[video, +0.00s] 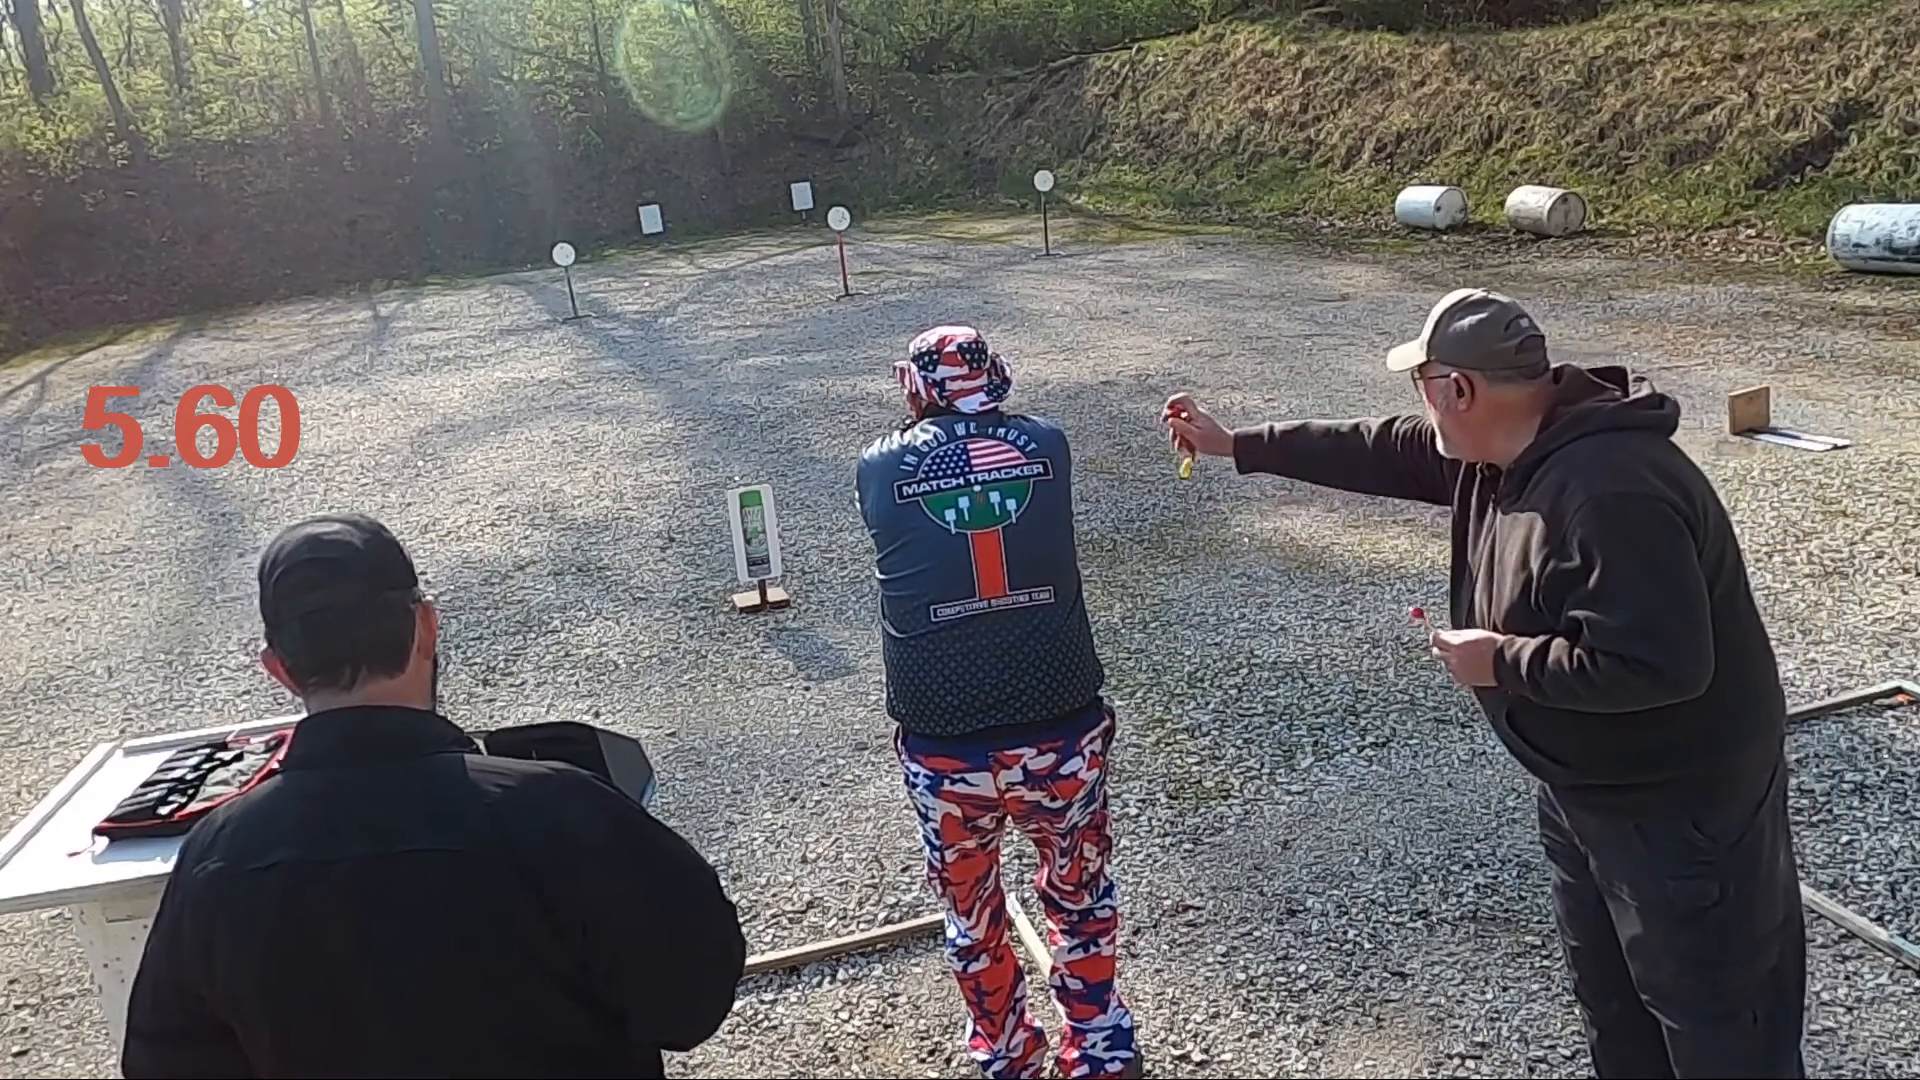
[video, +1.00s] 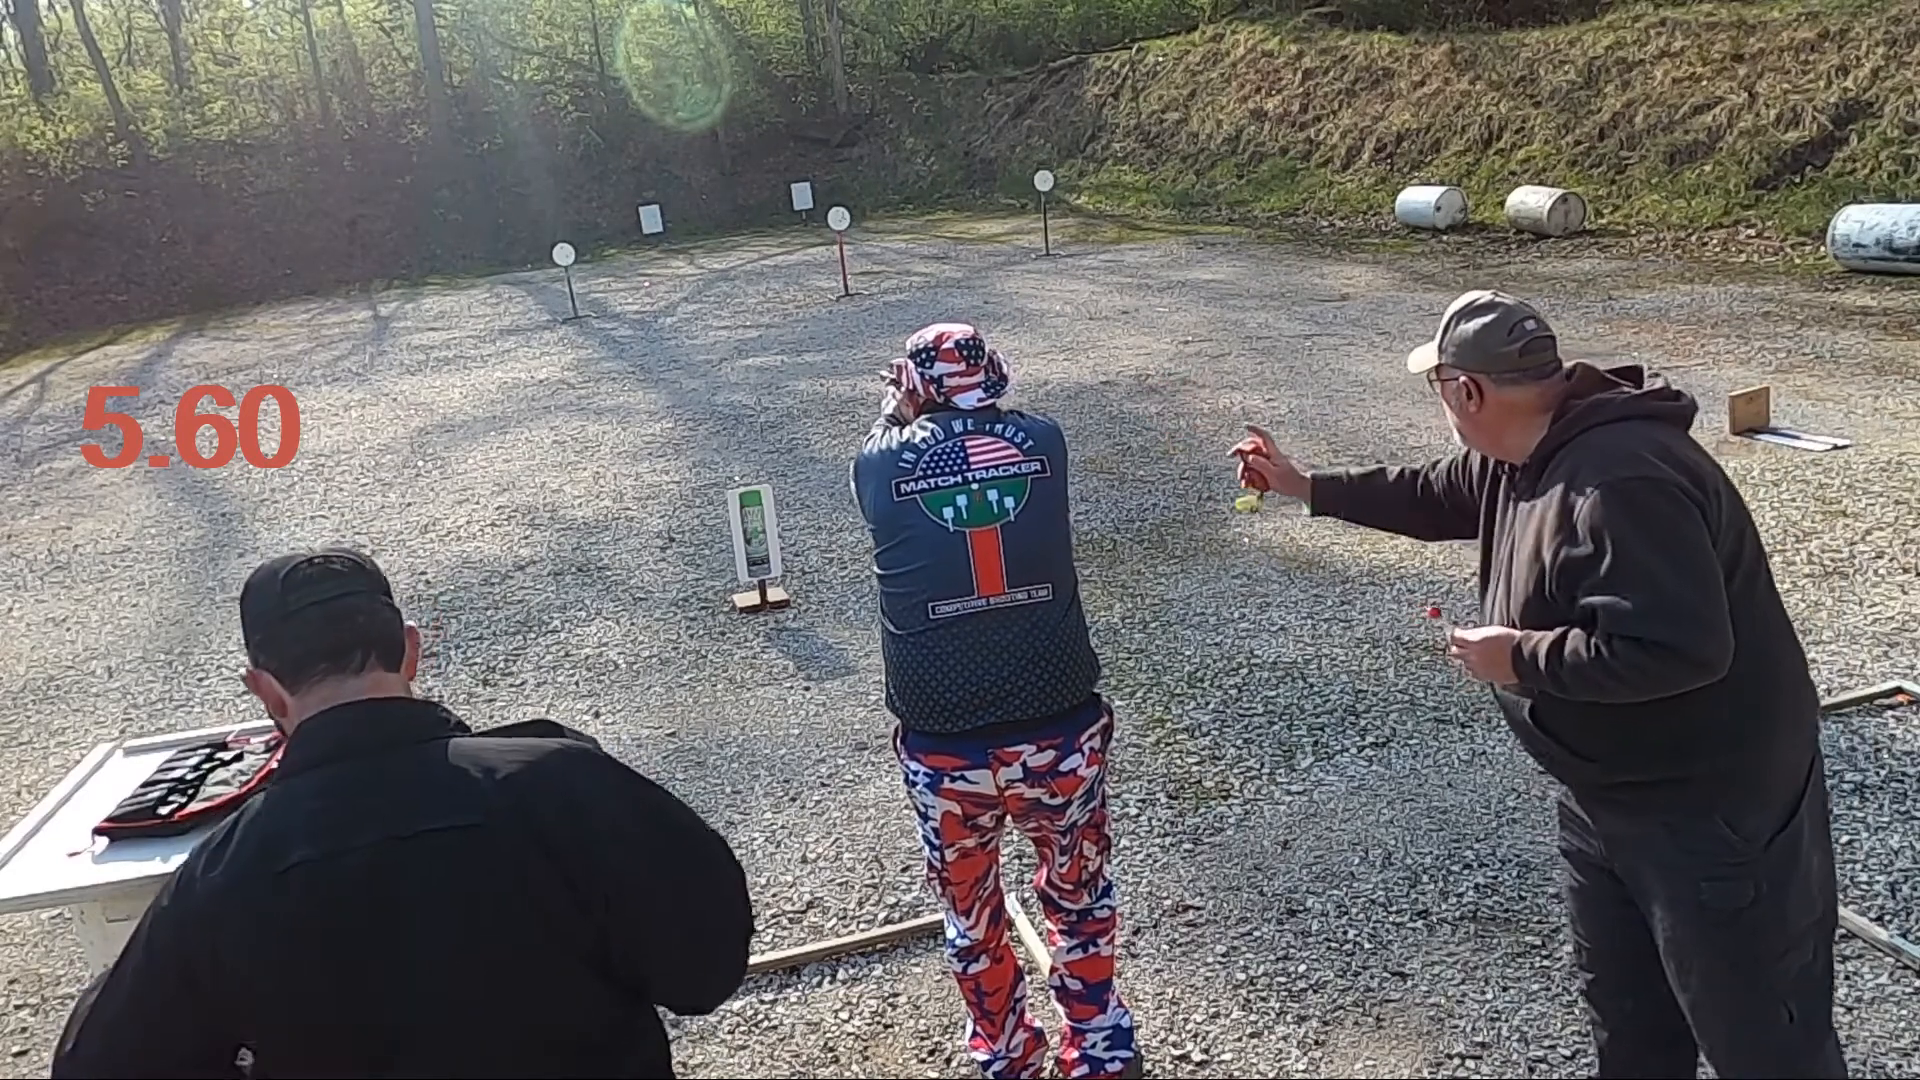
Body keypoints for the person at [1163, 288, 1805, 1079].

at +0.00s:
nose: (1422, 404)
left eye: (1424, 388)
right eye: (1422, 388)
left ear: (1462, 391)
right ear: (1484, 387)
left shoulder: (1612, 492)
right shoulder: (1502, 454)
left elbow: (1664, 666)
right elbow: (1381, 451)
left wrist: (1503, 660)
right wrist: (1233, 444)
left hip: (1687, 812)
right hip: (1589, 796)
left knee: (1723, 1042)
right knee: (1622, 1027)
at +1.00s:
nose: (1440, 401)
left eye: (1440, 386)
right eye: (1439, 386)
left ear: (1470, 393)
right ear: (1535, 373)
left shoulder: (1619, 482)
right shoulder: (1522, 462)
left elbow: (1682, 647)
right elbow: (1434, 495)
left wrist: (1521, 655)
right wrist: (1306, 488)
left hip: (1716, 811)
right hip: (1607, 797)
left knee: (1765, 1048)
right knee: (1633, 1036)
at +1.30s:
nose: (1504, 416)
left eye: (1503, 399)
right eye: (1503, 399)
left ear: (1532, 406)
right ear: (1602, 385)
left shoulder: (1667, 512)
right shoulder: (1612, 472)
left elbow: (1714, 689)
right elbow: (1604, 580)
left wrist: (1557, 677)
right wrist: (1487, 569)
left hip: (1763, 842)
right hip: (1654, 816)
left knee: (1812, 1058)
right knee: (1646, 1032)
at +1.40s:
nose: (1532, 422)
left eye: (1533, 405)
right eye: (1532, 404)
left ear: (1564, 413)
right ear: (1634, 390)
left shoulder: (1696, 520)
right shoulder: (1657, 470)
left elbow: (1740, 705)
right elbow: (1647, 587)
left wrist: (1585, 687)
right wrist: (1537, 579)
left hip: (1791, 848)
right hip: (1681, 819)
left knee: (1829, 1062)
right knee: (1657, 1038)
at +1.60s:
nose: (1586, 427)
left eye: (1585, 411)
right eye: (1582, 412)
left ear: (1622, 417)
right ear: (1698, 392)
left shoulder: (1760, 528)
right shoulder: (1706, 486)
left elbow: (1807, 721)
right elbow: (1697, 594)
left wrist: (1639, 699)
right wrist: (1585, 589)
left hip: (1833, 876)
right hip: (1722, 852)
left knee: (1848, 1064)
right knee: (1684, 1057)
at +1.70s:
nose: (1611, 426)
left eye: (1612, 409)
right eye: (1608, 409)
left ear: (1649, 416)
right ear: (1728, 392)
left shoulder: (1795, 531)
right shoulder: (1733, 488)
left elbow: (1838, 725)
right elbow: (1715, 603)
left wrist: (1666, 701)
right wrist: (1600, 593)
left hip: (1842, 881)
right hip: (1747, 855)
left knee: (1855, 1064)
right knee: (1698, 1056)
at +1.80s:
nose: (1642, 430)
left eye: (1642, 412)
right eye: (1640, 412)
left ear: (1678, 418)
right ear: (1760, 393)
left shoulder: (1820, 537)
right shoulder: (1763, 491)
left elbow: (1859, 731)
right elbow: (1739, 600)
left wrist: (1685, 701)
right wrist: (1623, 594)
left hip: (1853, 885)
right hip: (1760, 857)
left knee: (1861, 1064)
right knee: (1710, 1057)